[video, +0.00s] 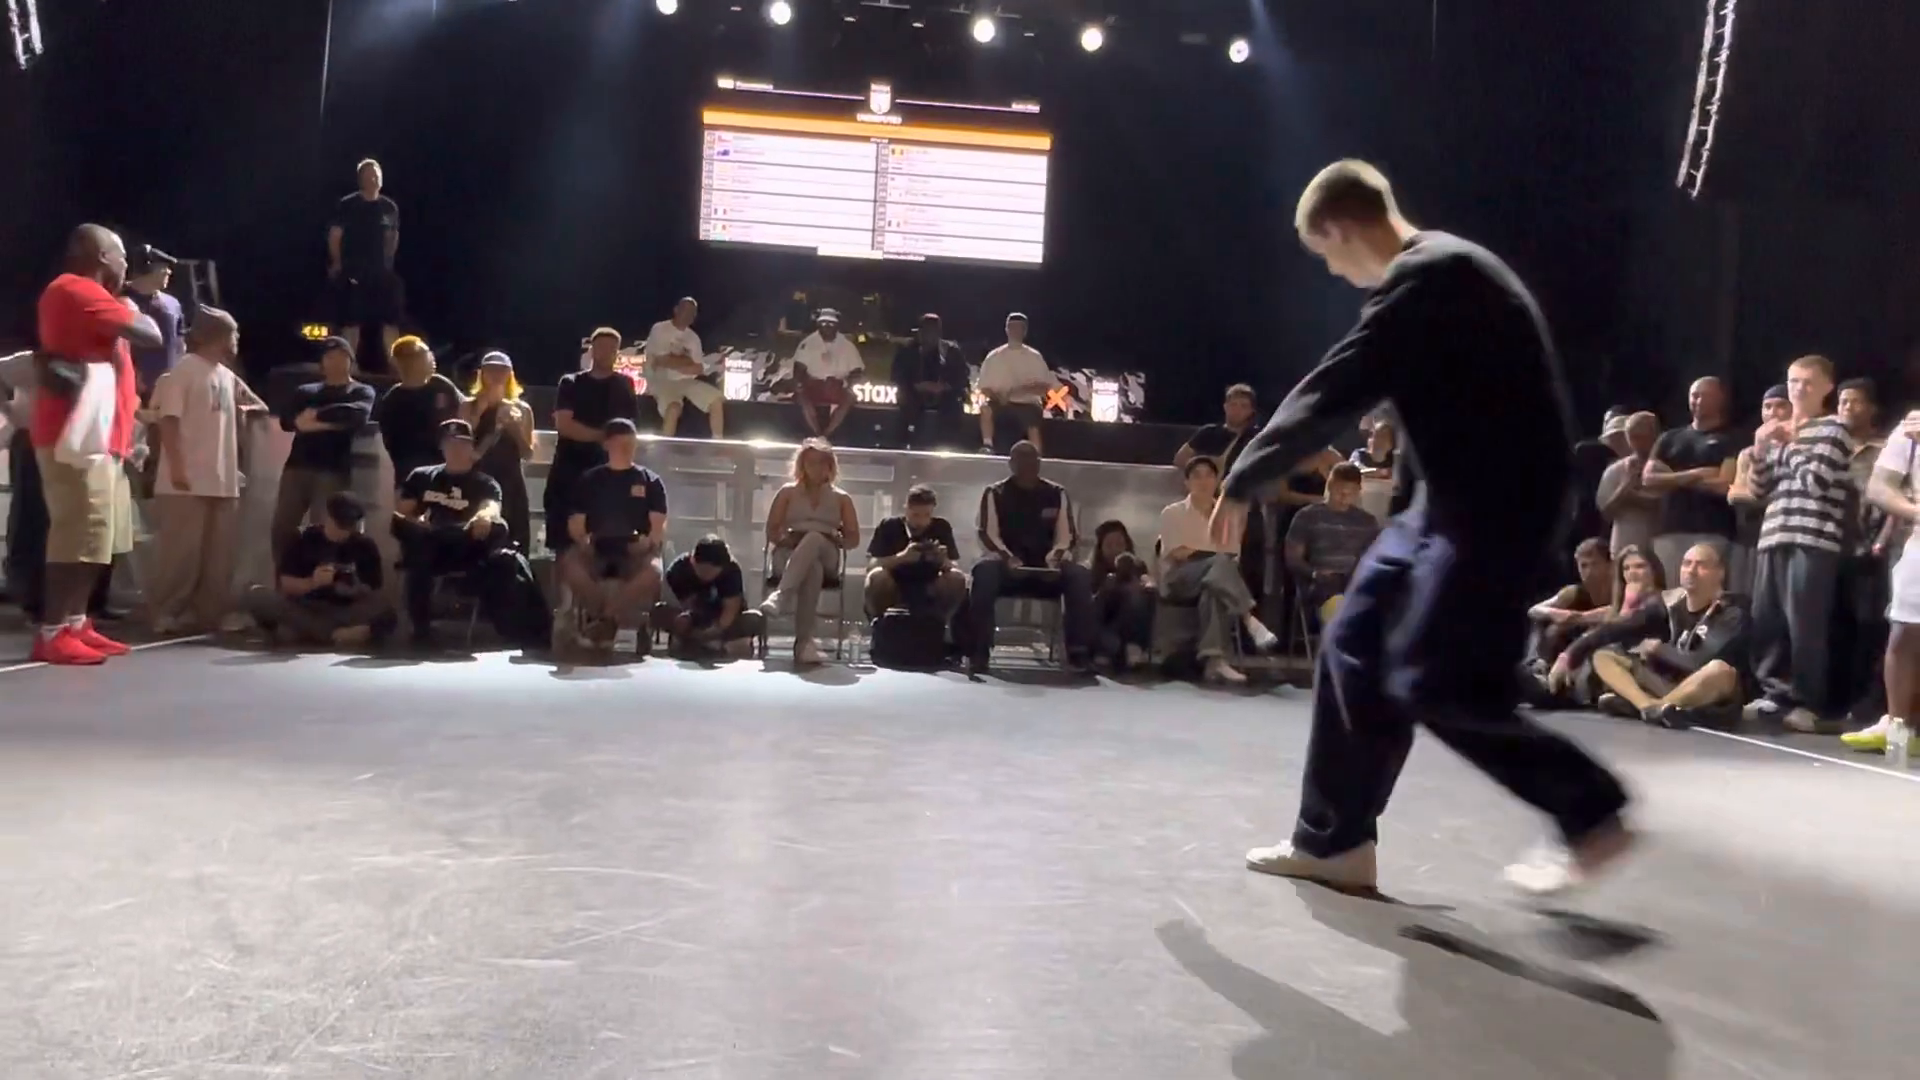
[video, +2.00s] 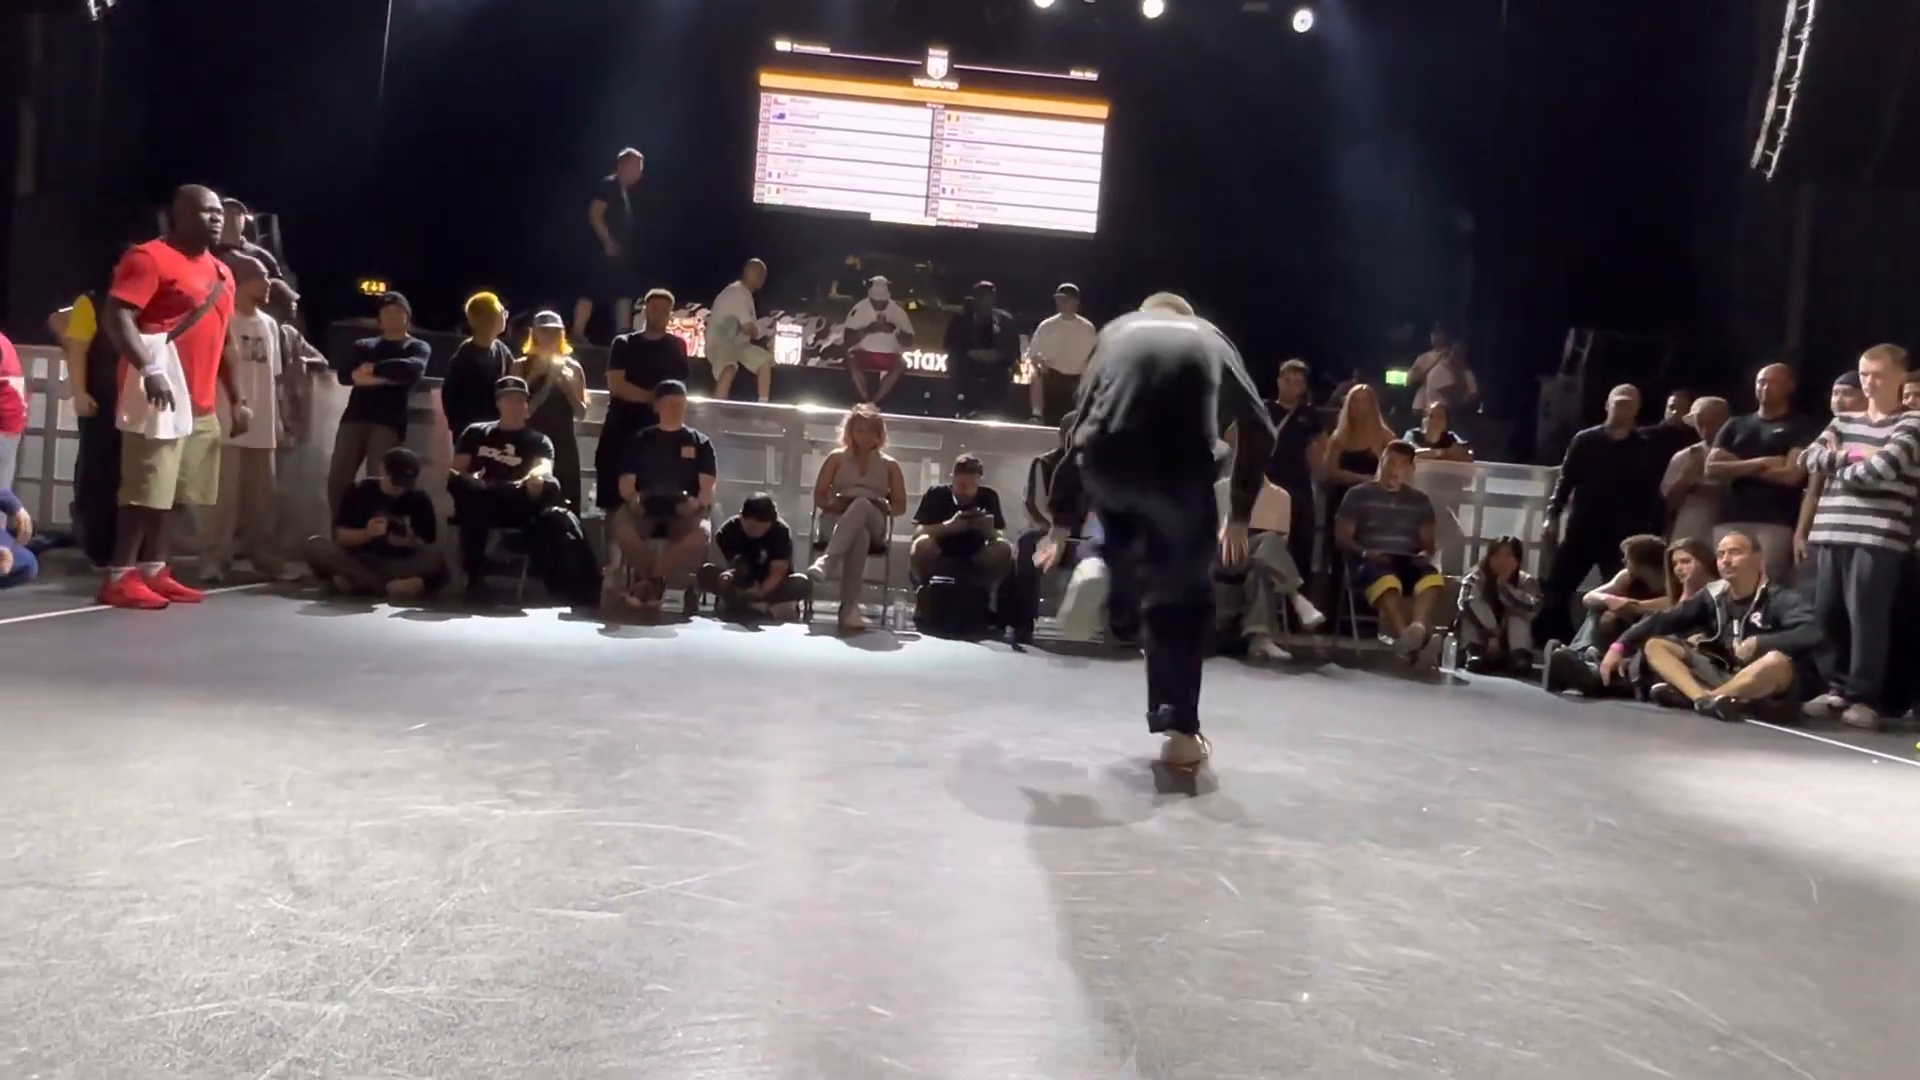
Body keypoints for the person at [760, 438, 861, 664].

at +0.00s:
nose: (821, 468)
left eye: (826, 463)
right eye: (815, 462)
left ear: (832, 467)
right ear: (803, 465)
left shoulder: (841, 499)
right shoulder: (788, 493)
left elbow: (853, 539)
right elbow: (772, 532)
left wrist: (830, 538)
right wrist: (794, 542)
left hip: (828, 560)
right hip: (788, 556)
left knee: (813, 538)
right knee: (813, 567)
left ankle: (780, 594)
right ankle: (804, 642)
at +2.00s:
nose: (867, 437)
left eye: (872, 431)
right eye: (860, 431)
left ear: (880, 435)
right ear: (850, 433)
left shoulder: (889, 466)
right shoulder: (837, 459)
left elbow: (899, 507)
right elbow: (819, 497)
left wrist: (874, 505)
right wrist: (845, 508)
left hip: (874, 527)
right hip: (835, 522)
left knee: (860, 504)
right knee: (859, 533)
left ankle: (826, 560)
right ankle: (849, 608)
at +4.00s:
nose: (877, 426)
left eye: (882, 421)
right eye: (871, 420)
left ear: (889, 425)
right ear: (860, 423)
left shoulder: (899, 457)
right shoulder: (846, 449)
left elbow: (909, 498)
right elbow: (829, 488)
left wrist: (885, 495)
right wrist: (851, 497)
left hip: (884, 517)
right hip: (844, 513)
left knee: (870, 496)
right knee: (869, 525)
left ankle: (835, 551)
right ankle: (858, 599)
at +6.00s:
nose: (871, 431)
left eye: (878, 426)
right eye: (866, 425)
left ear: (886, 430)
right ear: (856, 428)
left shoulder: (895, 463)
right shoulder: (842, 455)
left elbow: (906, 503)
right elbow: (826, 494)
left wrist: (888, 505)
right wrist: (846, 502)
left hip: (881, 522)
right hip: (841, 518)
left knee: (867, 501)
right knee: (866, 531)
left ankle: (832, 557)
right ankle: (855, 605)